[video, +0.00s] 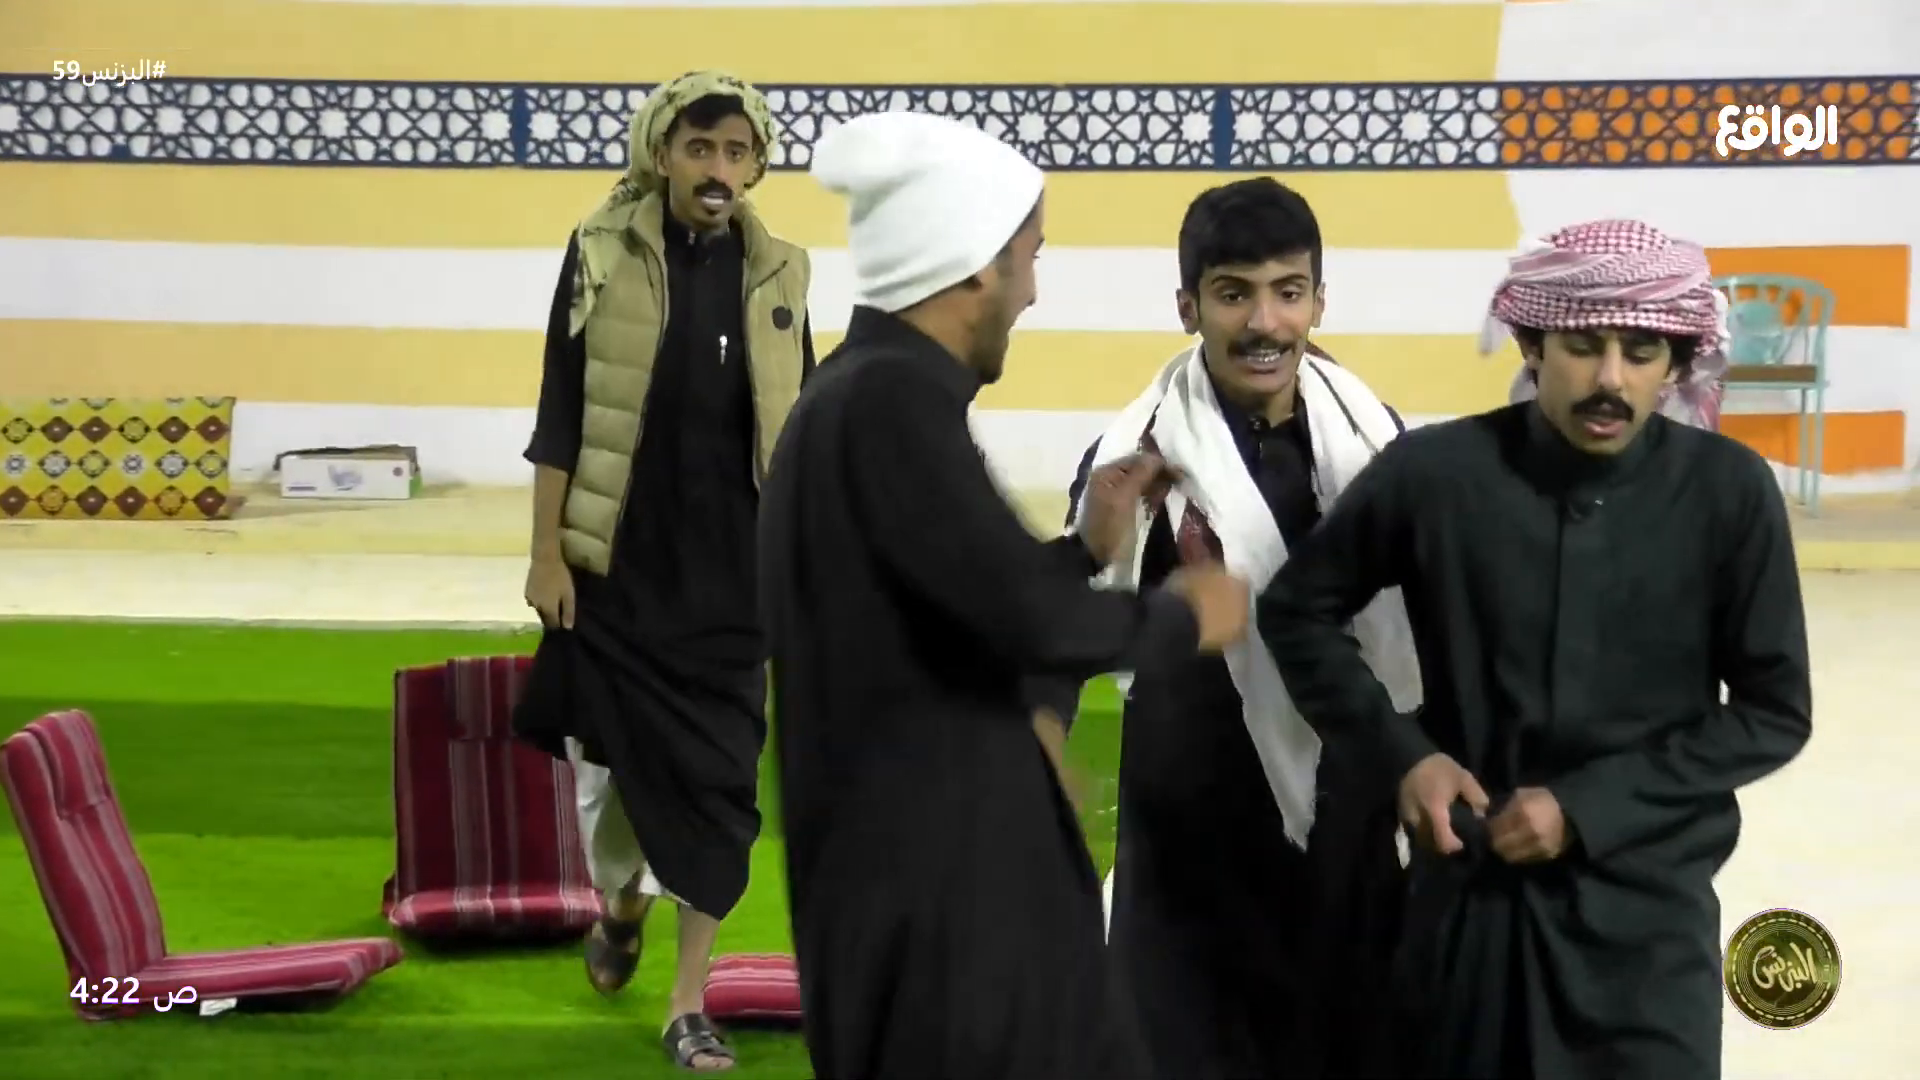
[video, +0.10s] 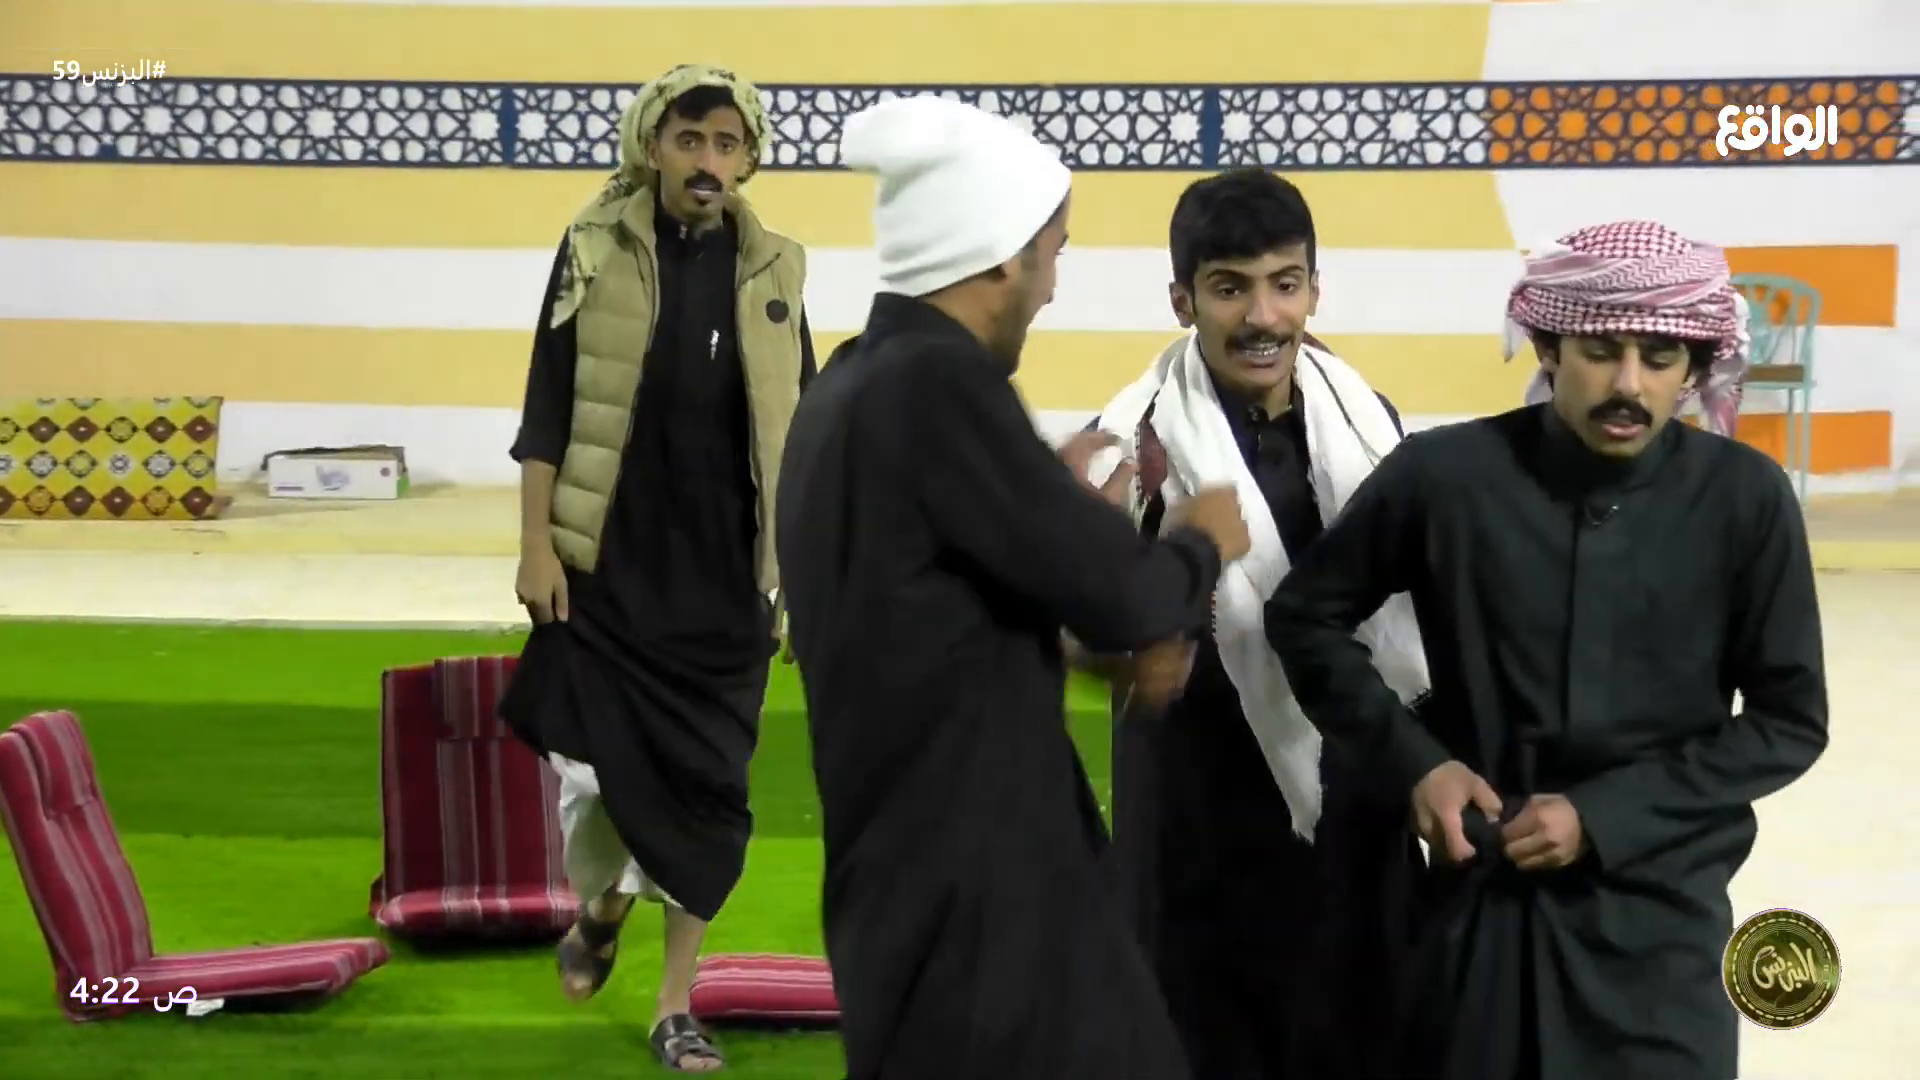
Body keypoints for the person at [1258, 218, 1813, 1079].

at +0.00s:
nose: (1609, 378)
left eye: (1640, 352)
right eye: (1582, 346)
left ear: (1675, 366)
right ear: (1533, 349)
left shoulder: (1729, 489)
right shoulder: (1428, 475)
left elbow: (1775, 714)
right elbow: (1295, 609)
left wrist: (1580, 806)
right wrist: (1405, 757)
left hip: (1642, 930)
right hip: (1462, 918)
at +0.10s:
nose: (1627, 383)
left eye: (1658, 357)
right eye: (1599, 351)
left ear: (1692, 371)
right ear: (1549, 352)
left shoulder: (1747, 498)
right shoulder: (1437, 477)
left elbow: (1791, 723)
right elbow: (1304, 615)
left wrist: (1595, 815)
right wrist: (1417, 765)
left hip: (1650, 935)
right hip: (1467, 924)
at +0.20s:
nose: (1631, 382)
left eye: (1663, 353)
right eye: (1604, 347)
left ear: (1699, 364)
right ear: (1551, 343)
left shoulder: (1752, 483)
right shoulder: (1436, 466)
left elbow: (1798, 709)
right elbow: (1304, 604)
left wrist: (1609, 794)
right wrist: (1415, 754)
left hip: (1659, 900)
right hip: (1483, 890)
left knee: (1665, 1063)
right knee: (1480, 1063)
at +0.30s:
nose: (1618, 381)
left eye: (1649, 350)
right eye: (1590, 347)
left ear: (1687, 353)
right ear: (1536, 340)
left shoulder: (1745, 475)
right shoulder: (1429, 460)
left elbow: (1793, 700)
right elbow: (1310, 605)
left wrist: (1603, 784)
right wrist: (1414, 755)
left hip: (1652, 893)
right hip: (1473, 884)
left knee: (1652, 1064)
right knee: (1472, 1064)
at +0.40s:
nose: (1590, 399)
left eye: (1619, 366)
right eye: (1560, 366)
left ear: (1659, 362)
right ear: (1509, 357)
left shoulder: (1727, 486)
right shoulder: (1411, 474)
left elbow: (1781, 713)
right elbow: (1302, 620)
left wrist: (1581, 805)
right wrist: (1388, 768)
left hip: (1632, 907)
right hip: (1455, 892)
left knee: (1624, 1066)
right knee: (1454, 1063)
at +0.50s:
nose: (1567, 419)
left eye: (1594, 386)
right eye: (1536, 386)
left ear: (1634, 382)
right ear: (1487, 381)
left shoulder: (1705, 502)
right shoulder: (1389, 489)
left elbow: (1765, 728)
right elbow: (1267, 635)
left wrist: (1561, 823)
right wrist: (1359, 782)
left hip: (1611, 925)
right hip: (1428, 912)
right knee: (1429, 1061)